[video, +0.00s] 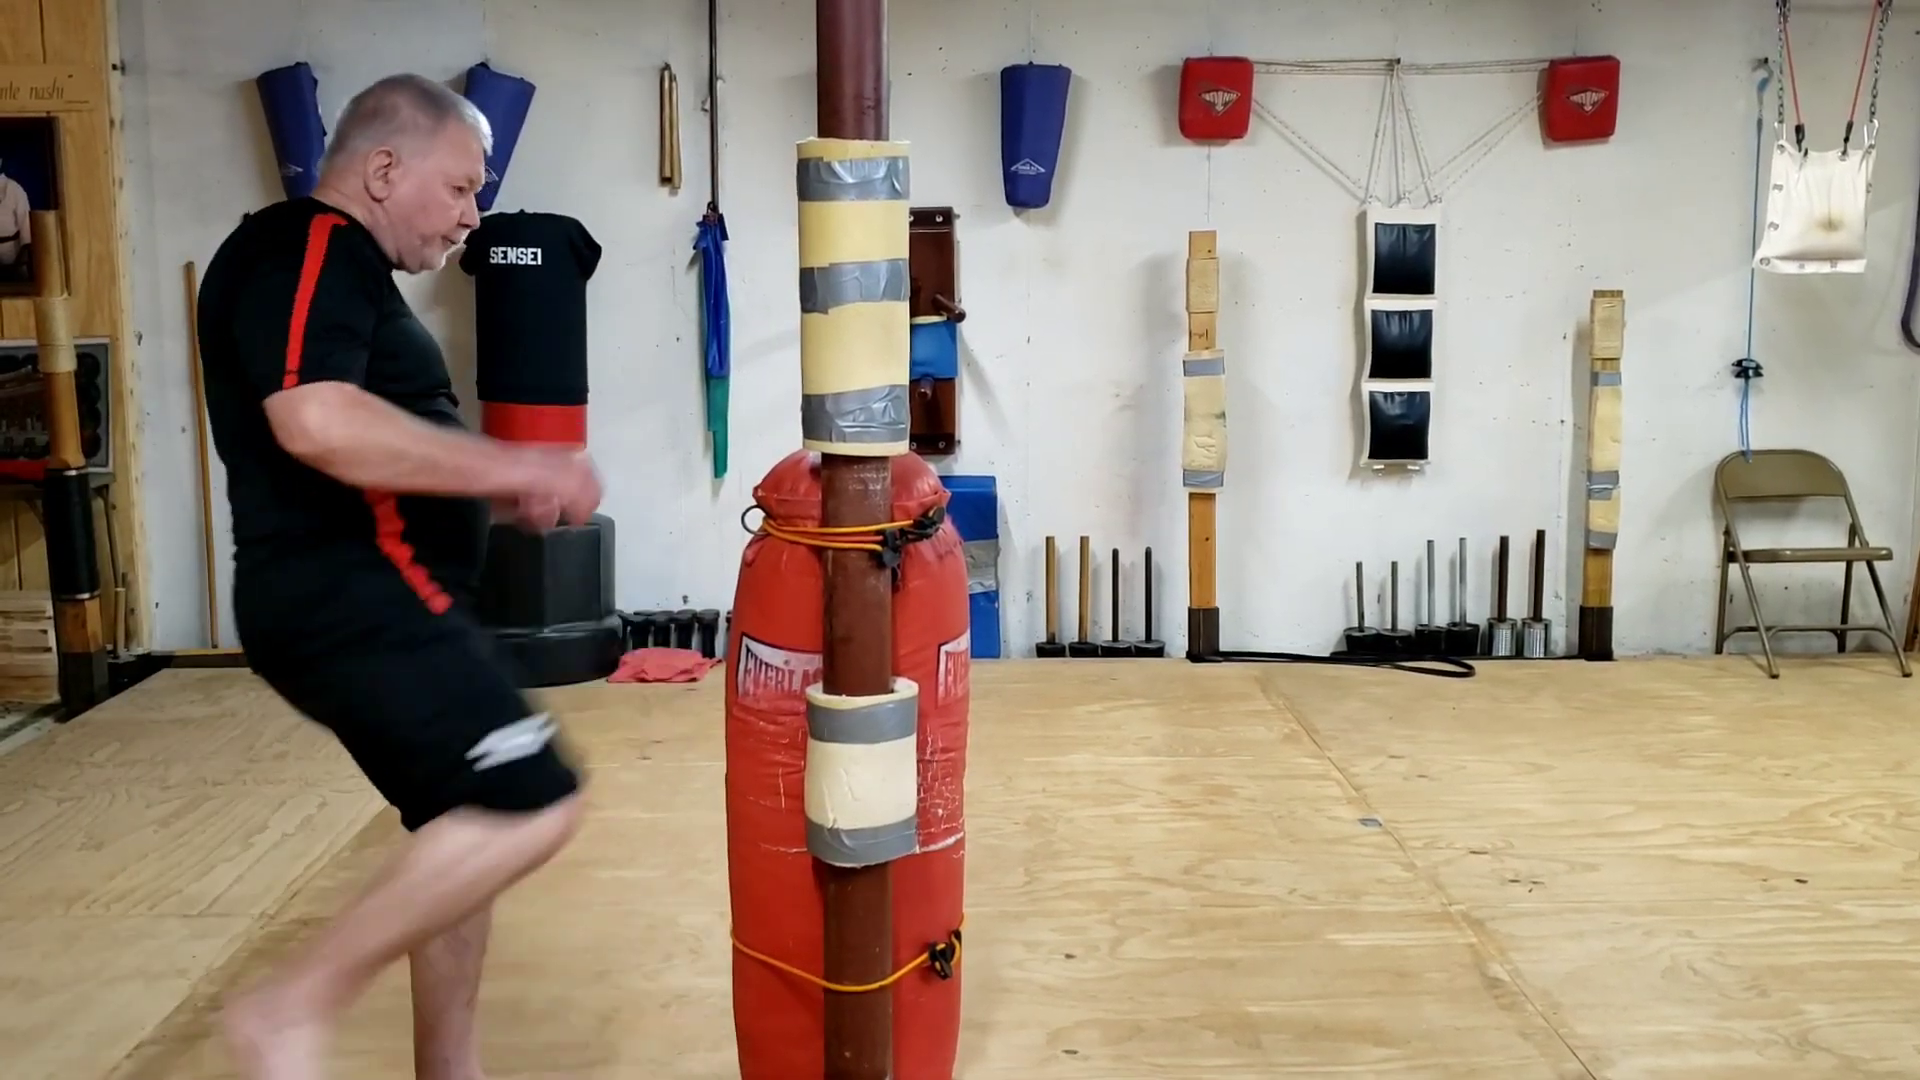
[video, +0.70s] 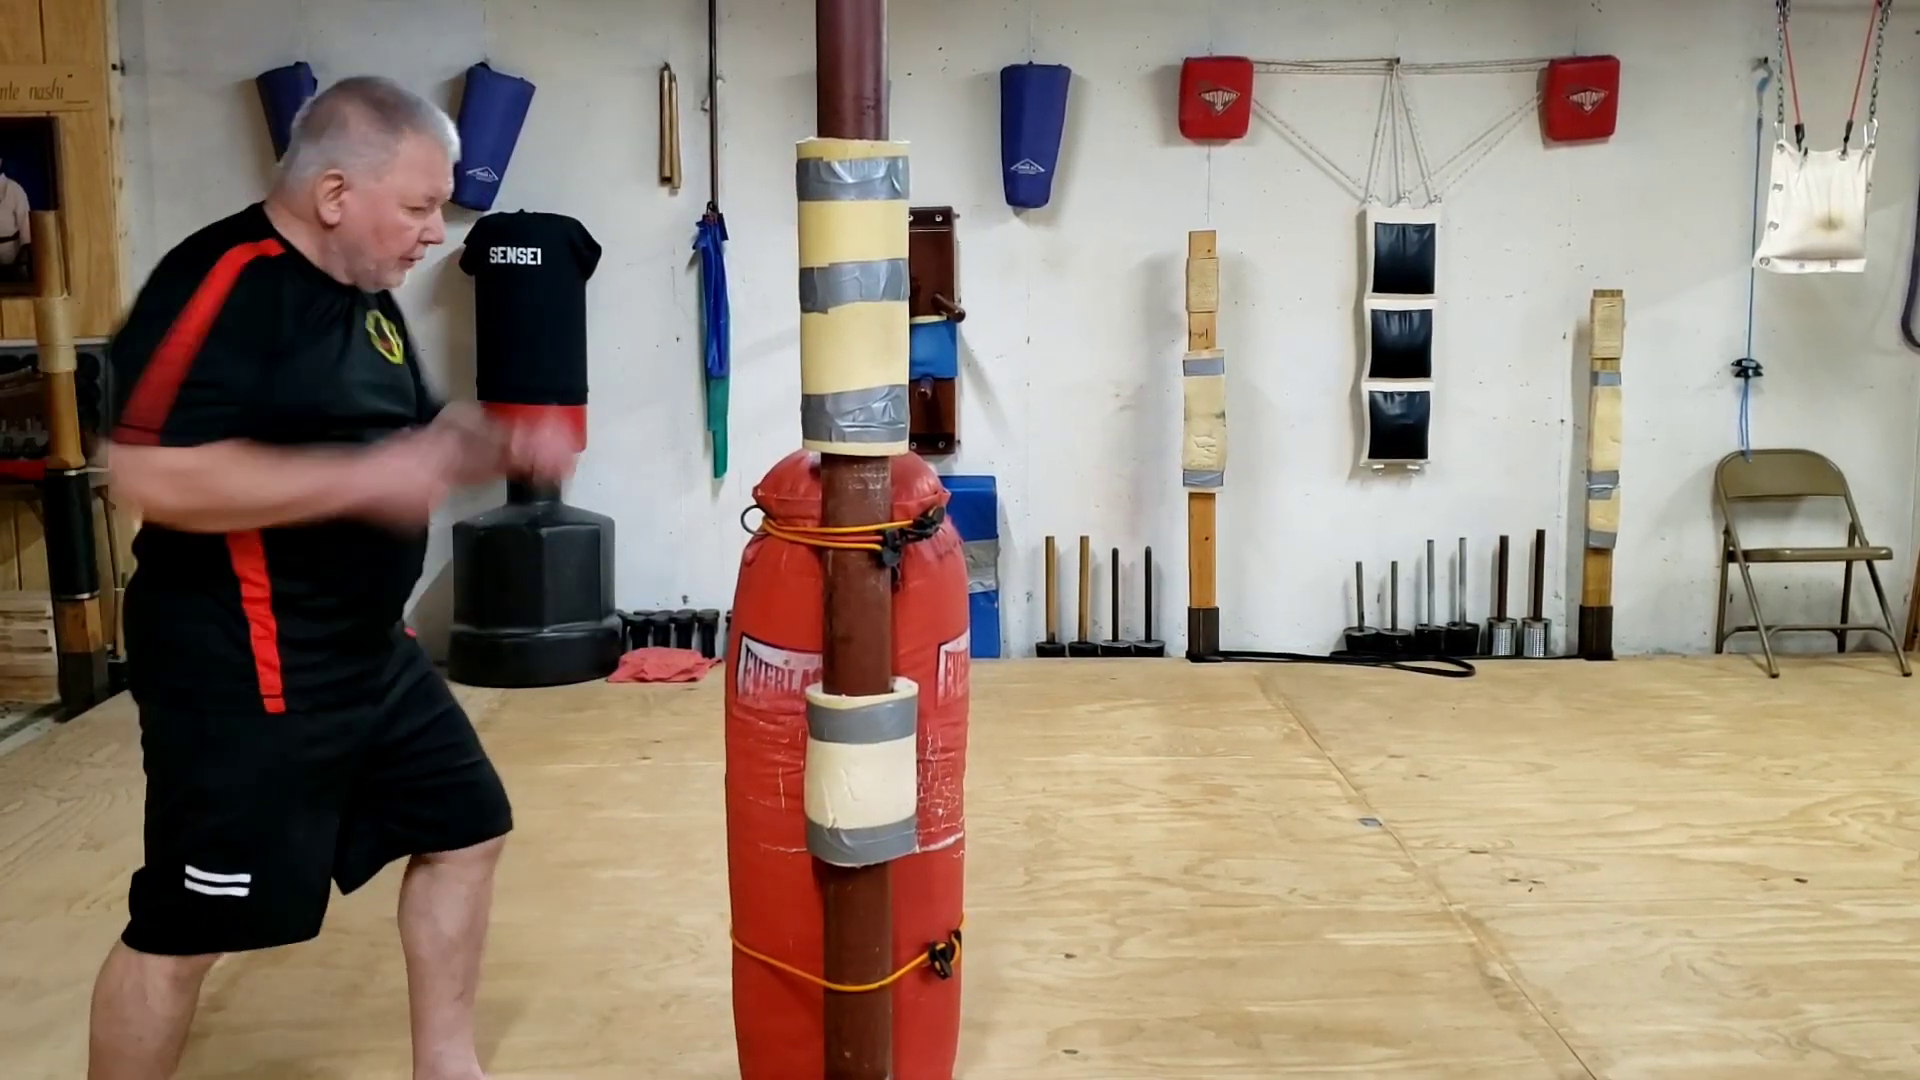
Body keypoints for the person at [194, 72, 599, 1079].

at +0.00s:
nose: (469, 221)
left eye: (475, 198)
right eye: (460, 190)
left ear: (376, 176)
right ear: (382, 168)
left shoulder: (317, 253)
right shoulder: (311, 244)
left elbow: (361, 429)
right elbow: (313, 415)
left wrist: (503, 480)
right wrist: (518, 468)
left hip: (340, 593)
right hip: (344, 592)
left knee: (469, 822)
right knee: (533, 796)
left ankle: (449, 1067)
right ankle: (286, 1009)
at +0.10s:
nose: (466, 224)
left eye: (470, 201)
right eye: (454, 194)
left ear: (374, 184)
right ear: (371, 177)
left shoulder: (346, 276)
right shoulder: (279, 250)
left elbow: (342, 474)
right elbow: (335, 417)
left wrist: (461, 543)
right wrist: (530, 394)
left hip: (409, 636)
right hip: (305, 647)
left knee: (478, 835)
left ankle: (451, 1070)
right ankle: (167, 1071)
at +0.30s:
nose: (412, 243)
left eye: (416, 217)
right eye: (391, 218)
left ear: (311, 216)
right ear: (301, 212)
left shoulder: (353, 303)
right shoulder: (186, 296)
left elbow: (334, 487)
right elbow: (202, 496)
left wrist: (429, 525)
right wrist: (410, 449)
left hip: (365, 656)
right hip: (218, 686)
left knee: (482, 839)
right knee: (185, 946)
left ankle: (447, 1066)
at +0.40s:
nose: (391, 226)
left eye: (395, 200)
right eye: (370, 201)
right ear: (276, 196)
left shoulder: (359, 294)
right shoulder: (157, 287)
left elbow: (383, 458)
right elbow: (96, 496)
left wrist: (447, 433)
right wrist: (308, 509)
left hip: (358, 650)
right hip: (206, 676)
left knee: (460, 840)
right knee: (174, 933)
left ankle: (444, 1067)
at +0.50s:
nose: (395, 235)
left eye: (398, 209)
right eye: (374, 210)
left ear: (295, 207)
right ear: (281, 206)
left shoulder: (369, 290)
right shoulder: (147, 299)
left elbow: (474, 391)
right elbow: (37, 483)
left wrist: (551, 335)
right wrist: (212, 599)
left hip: (349, 648)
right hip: (196, 677)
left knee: (459, 837)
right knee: (185, 939)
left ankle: (446, 1067)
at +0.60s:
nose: (415, 236)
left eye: (418, 213)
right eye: (395, 212)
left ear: (319, 207)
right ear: (305, 205)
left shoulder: (373, 294)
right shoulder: (166, 305)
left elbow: (499, 359)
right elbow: (45, 477)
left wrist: (614, 335)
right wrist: (168, 643)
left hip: (352, 662)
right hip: (217, 683)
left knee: (455, 833)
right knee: (188, 944)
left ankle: (445, 1069)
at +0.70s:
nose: (435, 234)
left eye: (440, 211)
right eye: (421, 208)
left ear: (345, 201)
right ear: (334, 194)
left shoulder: (367, 295)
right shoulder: (218, 276)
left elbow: (398, 446)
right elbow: (141, 469)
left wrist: (493, 447)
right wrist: (367, 478)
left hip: (361, 655)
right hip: (230, 675)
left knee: (465, 828)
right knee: (177, 928)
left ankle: (446, 1064)